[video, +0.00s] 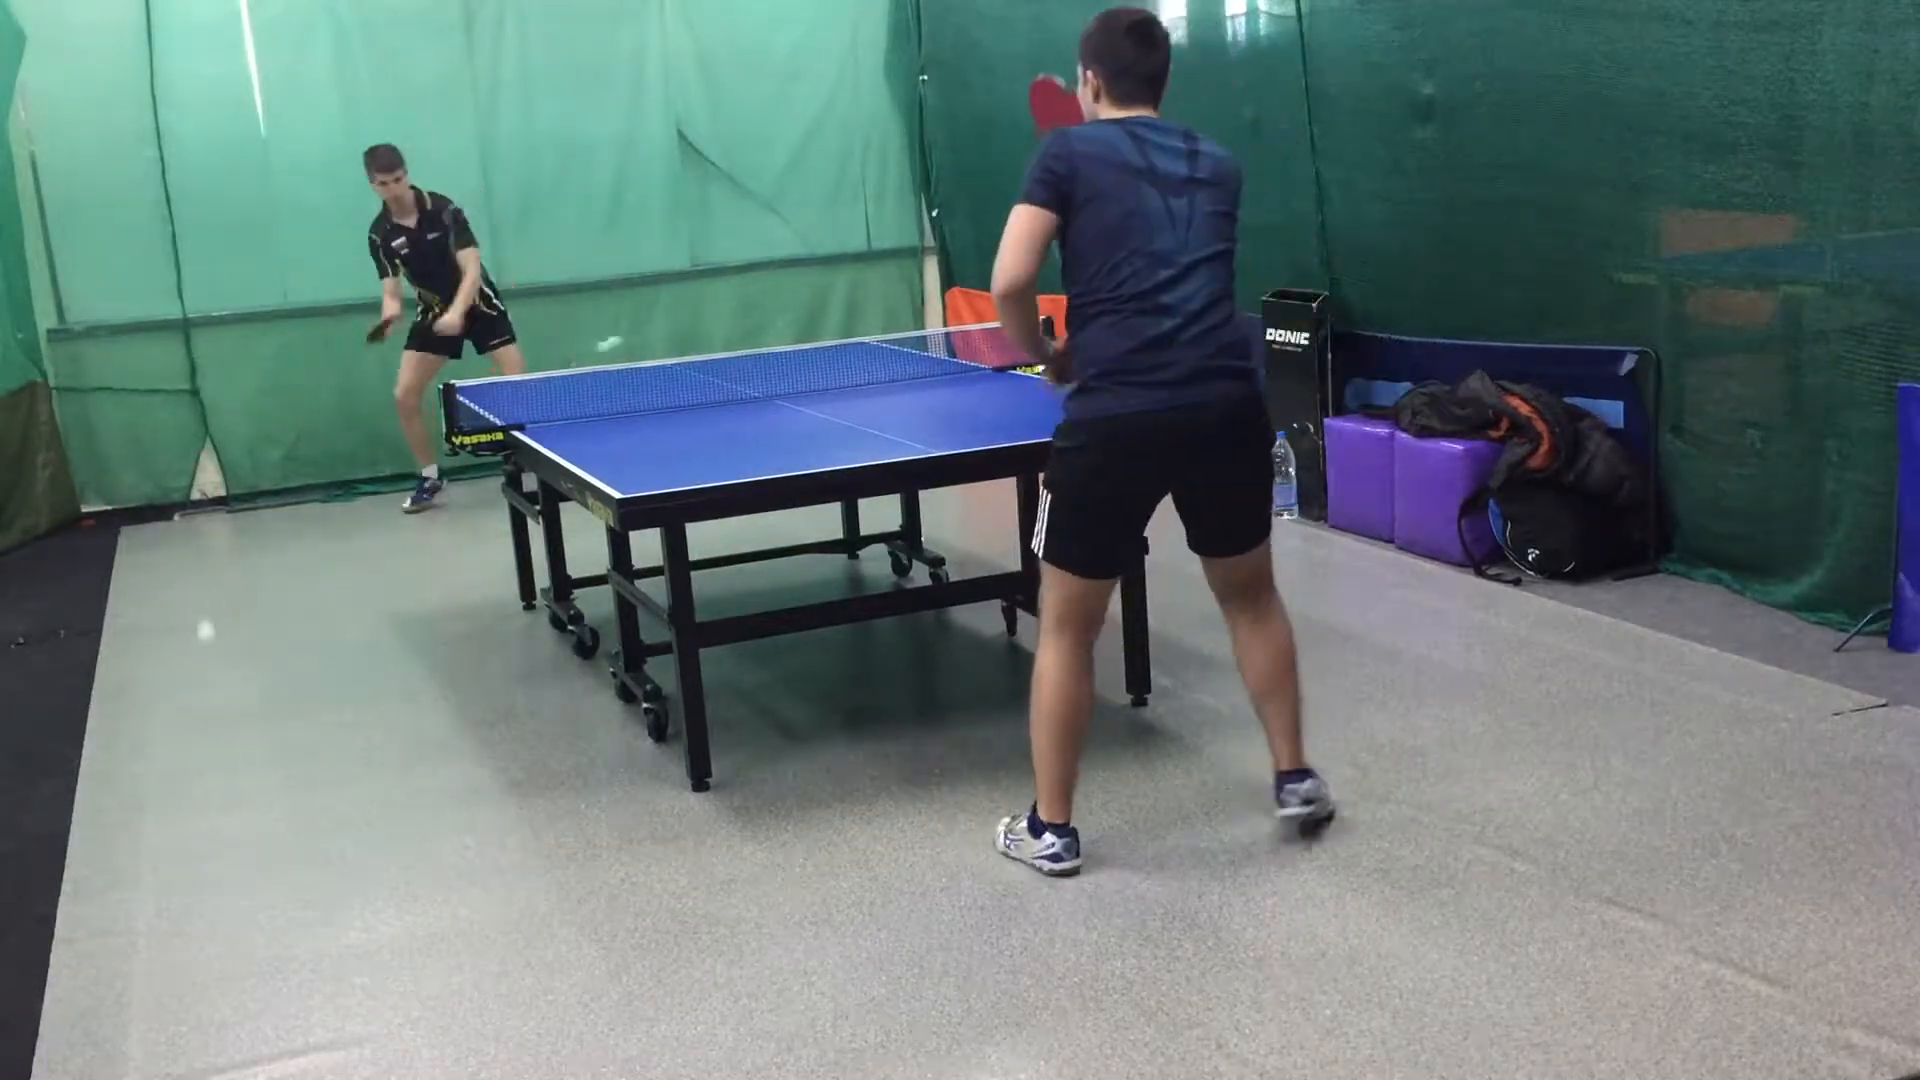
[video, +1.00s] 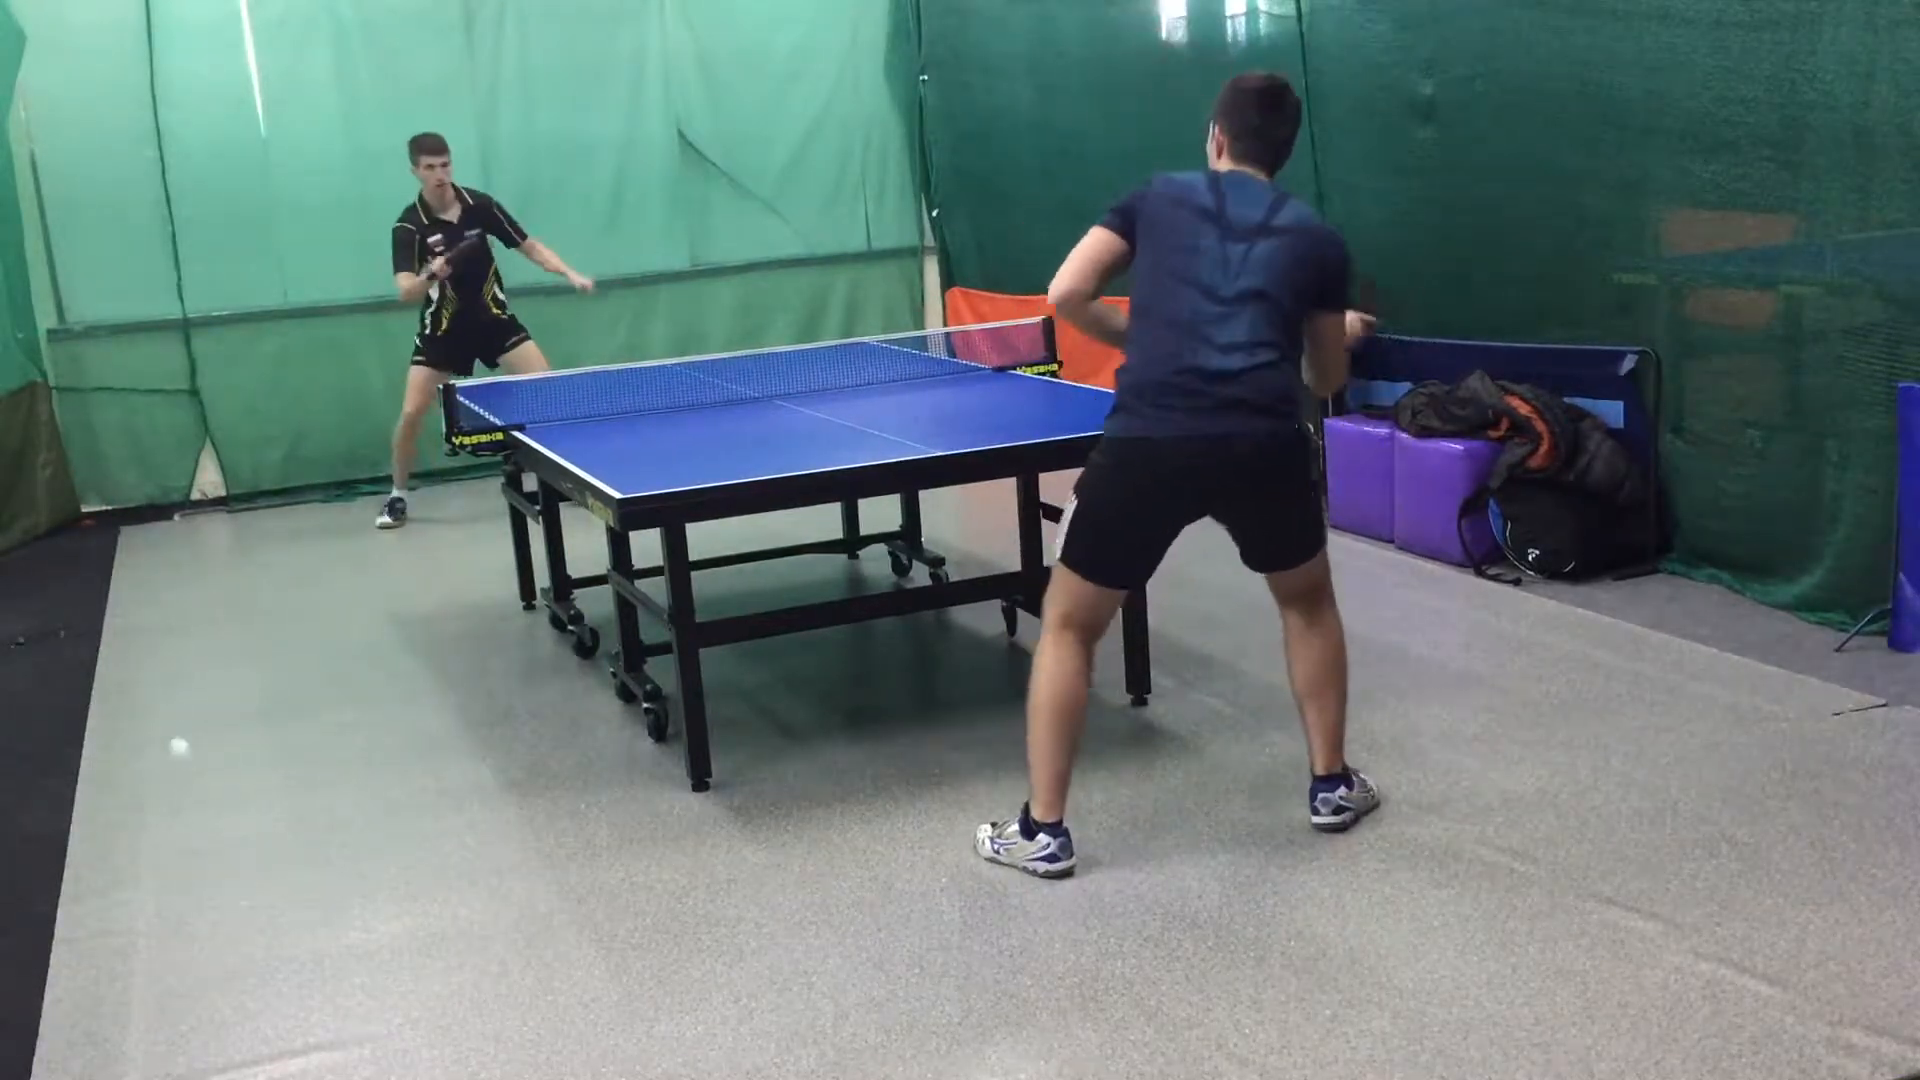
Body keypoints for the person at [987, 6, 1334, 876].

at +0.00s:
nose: (1074, 88)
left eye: (1076, 76)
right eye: (1080, 76)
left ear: (1090, 82)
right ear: (1165, 85)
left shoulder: (1066, 152)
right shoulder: (1217, 161)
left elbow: (1010, 283)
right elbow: (1208, 275)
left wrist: (1051, 364)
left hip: (1112, 425)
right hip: (1224, 415)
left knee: (1069, 632)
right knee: (1252, 597)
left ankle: (1052, 826)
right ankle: (1294, 777)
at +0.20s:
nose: (1083, 113)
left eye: (1083, 102)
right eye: (1089, 102)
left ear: (1096, 106)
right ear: (1169, 107)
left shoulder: (1082, 172)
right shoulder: (1225, 180)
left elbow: (1032, 290)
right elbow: (1224, 289)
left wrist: (1074, 334)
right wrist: (1141, 318)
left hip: (1133, 436)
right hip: (1241, 425)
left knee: (1063, 626)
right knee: (1271, 606)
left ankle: (1052, 827)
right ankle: (1329, 785)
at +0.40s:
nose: (1114, 107)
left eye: (1114, 96)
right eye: (1121, 95)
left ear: (1124, 99)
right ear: (1198, 101)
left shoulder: (1096, 168)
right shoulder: (1252, 184)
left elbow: (1029, 279)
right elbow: (1282, 331)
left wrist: (1090, 320)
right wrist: (1278, 374)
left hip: (1128, 431)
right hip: (1239, 425)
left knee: (1062, 625)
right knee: (1272, 604)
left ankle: (1053, 827)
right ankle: (1329, 786)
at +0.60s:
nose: (1141, 127)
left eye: (1140, 116)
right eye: (1151, 117)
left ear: (1146, 122)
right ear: (1222, 127)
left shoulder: (1095, 190)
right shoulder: (1264, 208)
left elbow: (1016, 297)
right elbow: (1308, 355)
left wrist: (1079, 334)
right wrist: (1378, 429)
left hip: (1102, 445)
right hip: (1223, 446)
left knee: (1046, 629)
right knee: (1279, 608)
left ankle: (1040, 828)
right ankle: (1329, 787)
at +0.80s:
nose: (1181, 170)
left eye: (1179, 160)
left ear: (1177, 165)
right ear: (1253, 172)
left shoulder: (1117, 227)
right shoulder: (1279, 248)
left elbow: (1029, 332)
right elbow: (1318, 396)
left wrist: (1099, 367)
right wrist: (1393, 416)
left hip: (1104, 477)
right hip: (1224, 478)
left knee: (1040, 638)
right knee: (1297, 612)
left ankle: (1042, 831)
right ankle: (1329, 785)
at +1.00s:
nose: (1209, 144)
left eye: (1210, 134)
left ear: (1214, 141)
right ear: (1286, 152)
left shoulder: (1157, 198)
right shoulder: (1314, 238)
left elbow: (1066, 296)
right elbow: (1327, 377)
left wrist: (1140, 334)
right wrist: (1338, 336)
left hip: (1147, 445)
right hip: (1265, 450)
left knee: (1071, 627)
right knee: (1307, 605)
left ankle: (1044, 828)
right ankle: (1330, 783)